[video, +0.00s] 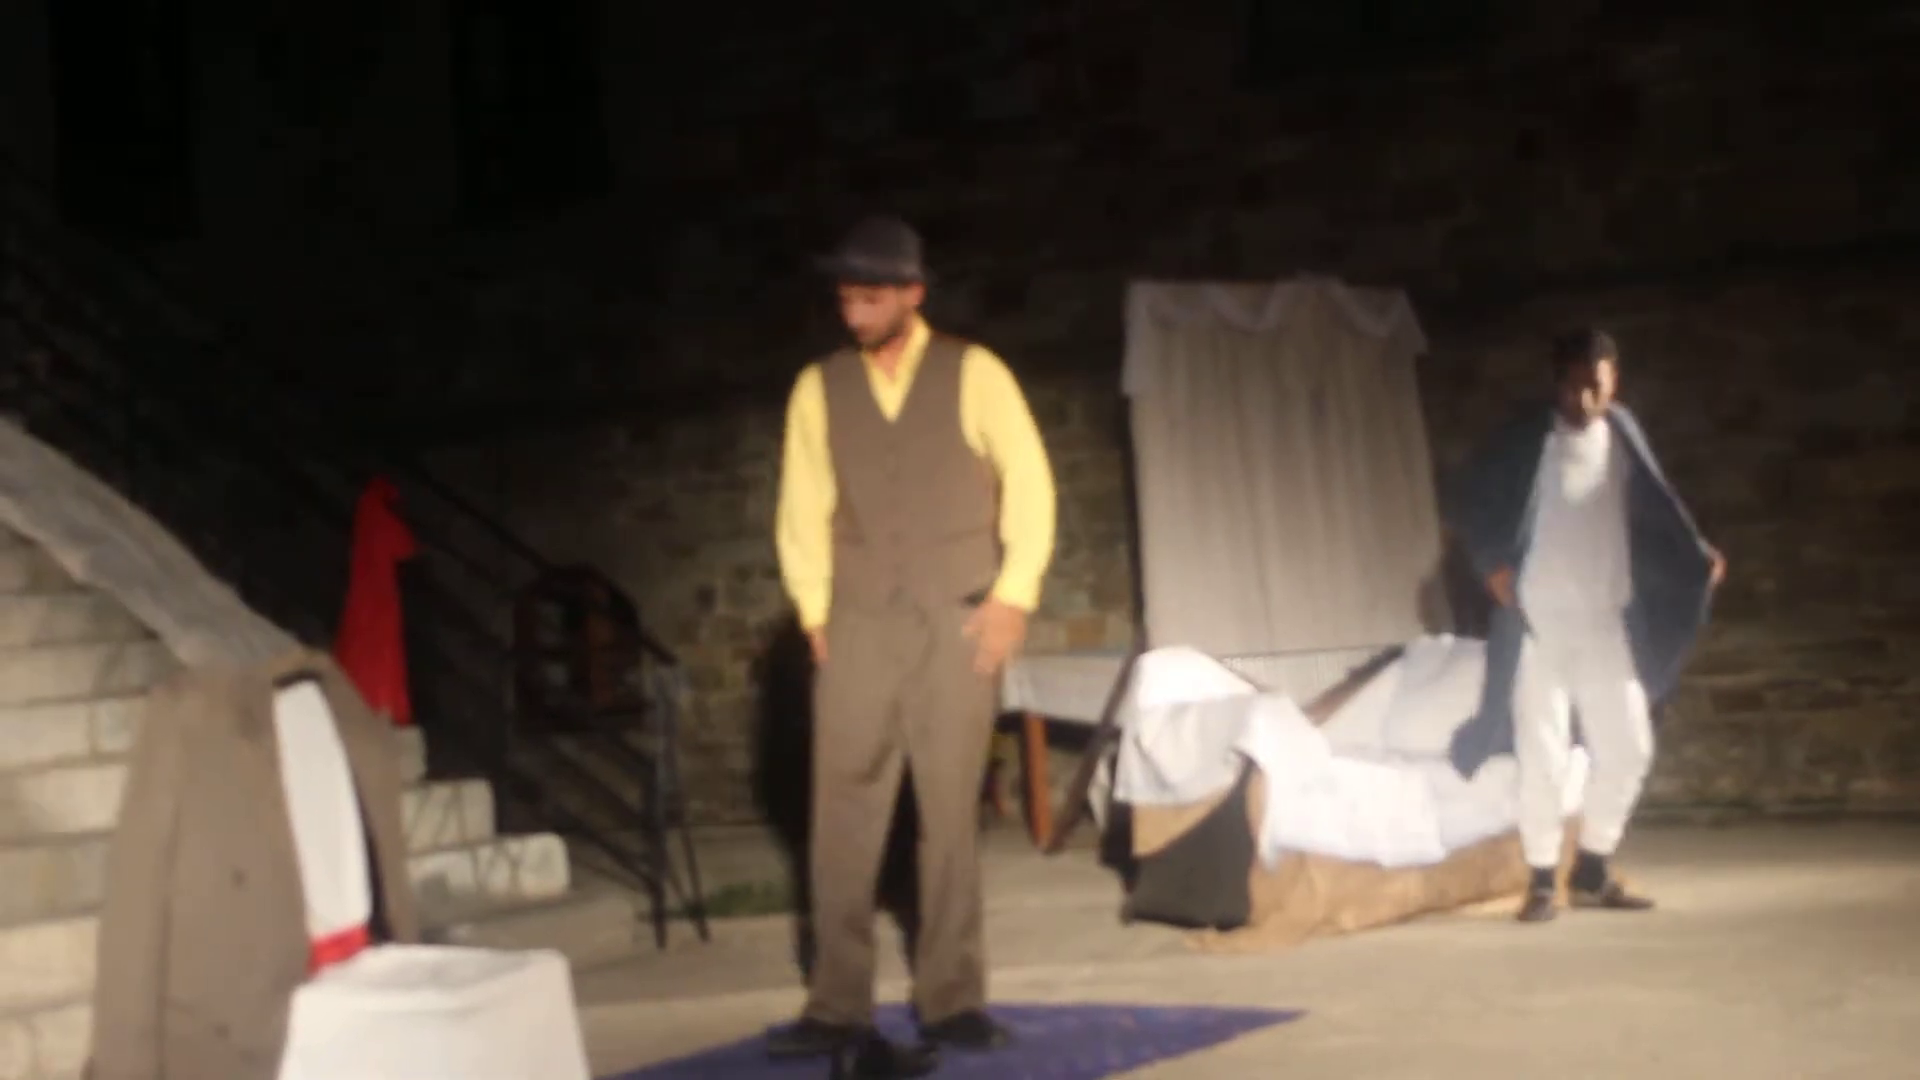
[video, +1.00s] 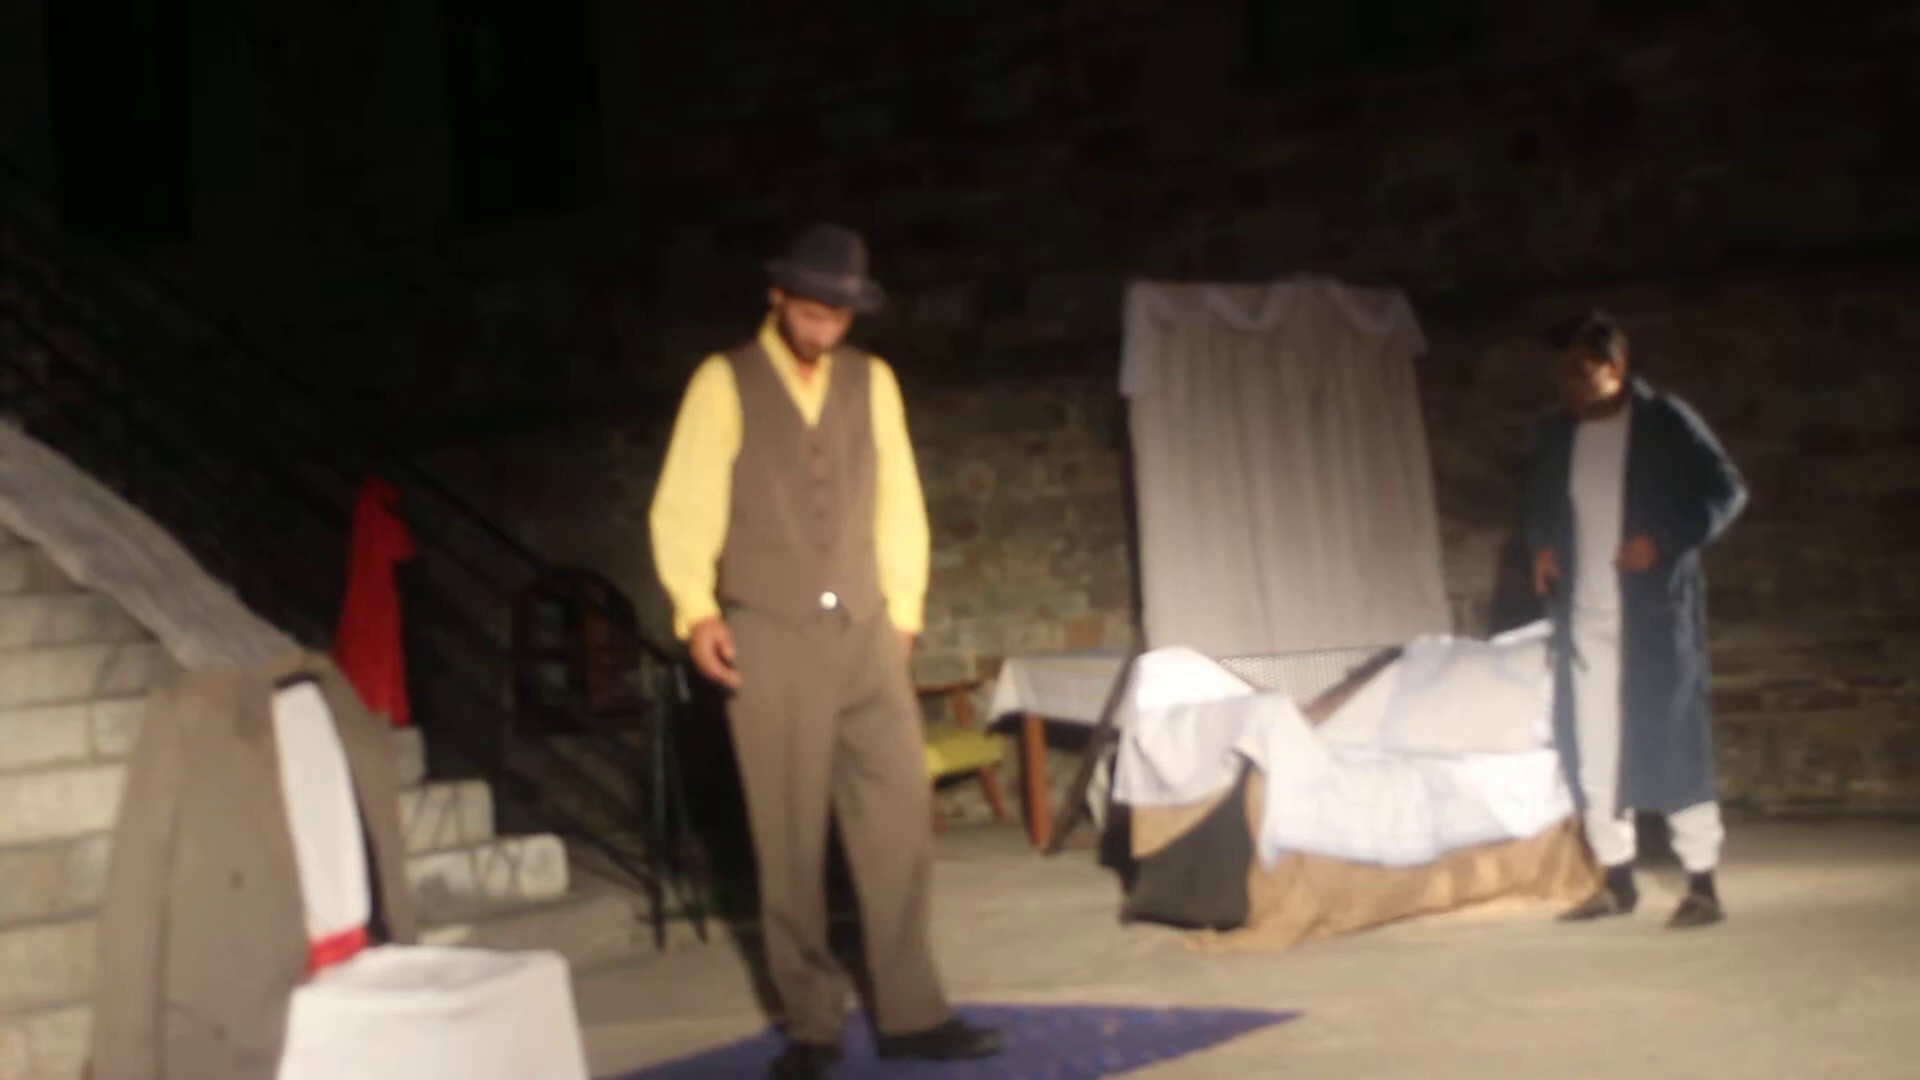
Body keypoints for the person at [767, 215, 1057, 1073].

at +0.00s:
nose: (854, 304)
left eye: (871, 289)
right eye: (847, 288)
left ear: (912, 290)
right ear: (839, 293)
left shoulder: (978, 376)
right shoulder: (819, 391)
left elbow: (1031, 489)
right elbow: (802, 513)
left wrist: (1012, 599)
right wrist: (819, 619)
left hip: (959, 625)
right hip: (856, 629)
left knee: (949, 818)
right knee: (842, 821)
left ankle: (952, 1003)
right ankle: (838, 1008)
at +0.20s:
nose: (878, 324)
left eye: (893, 307)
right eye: (863, 307)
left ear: (917, 304)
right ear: (840, 305)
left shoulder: (968, 377)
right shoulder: (806, 392)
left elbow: (1017, 493)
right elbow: (790, 518)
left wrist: (1005, 603)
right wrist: (804, 628)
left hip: (953, 632)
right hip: (848, 636)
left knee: (946, 826)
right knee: (835, 832)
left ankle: (955, 1004)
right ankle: (823, 1016)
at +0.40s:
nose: (869, 321)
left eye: (884, 307)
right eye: (855, 305)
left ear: (903, 307)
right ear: (827, 302)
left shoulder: (939, 380)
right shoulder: (781, 392)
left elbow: (984, 496)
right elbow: (755, 518)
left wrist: (999, 607)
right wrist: (765, 627)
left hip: (931, 632)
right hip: (828, 637)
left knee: (936, 824)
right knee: (826, 832)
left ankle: (952, 1004)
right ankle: (818, 1024)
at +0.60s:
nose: (848, 329)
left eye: (863, 315)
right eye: (835, 311)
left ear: (881, 316)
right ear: (803, 301)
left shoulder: (900, 385)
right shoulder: (750, 388)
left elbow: (935, 503)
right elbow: (711, 511)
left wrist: (947, 618)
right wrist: (716, 627)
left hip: (889, 638)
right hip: (786, 642)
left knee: (919, 813)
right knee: (796, 835)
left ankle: (911, 1009)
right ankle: (813, 1025)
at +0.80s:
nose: (835, 330)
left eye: (849, 316)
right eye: (821, 312)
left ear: (864, 315)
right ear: (785, 302)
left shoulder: (878, 384)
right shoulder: (734, 387)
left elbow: (899, 503)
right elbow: (690, 507)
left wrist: (898, 615)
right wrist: (695, 616)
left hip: (869, 636)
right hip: (774, 641)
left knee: (868, 838)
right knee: (791, 837)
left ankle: (876, 1012)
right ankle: (809, 1024)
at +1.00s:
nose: (826, 323)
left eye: (841, 309)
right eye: (812, 306)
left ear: (856, 310)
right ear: (777, 297)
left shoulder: (873, 384)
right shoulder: (725, 384)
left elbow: (902, 505)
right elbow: (682, 506)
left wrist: (902, 619)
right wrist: (697, 611)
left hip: (868, 638)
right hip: (770, 643)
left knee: (898, 828)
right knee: (790, 842)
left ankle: (913, 1016)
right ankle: (810, 1024)